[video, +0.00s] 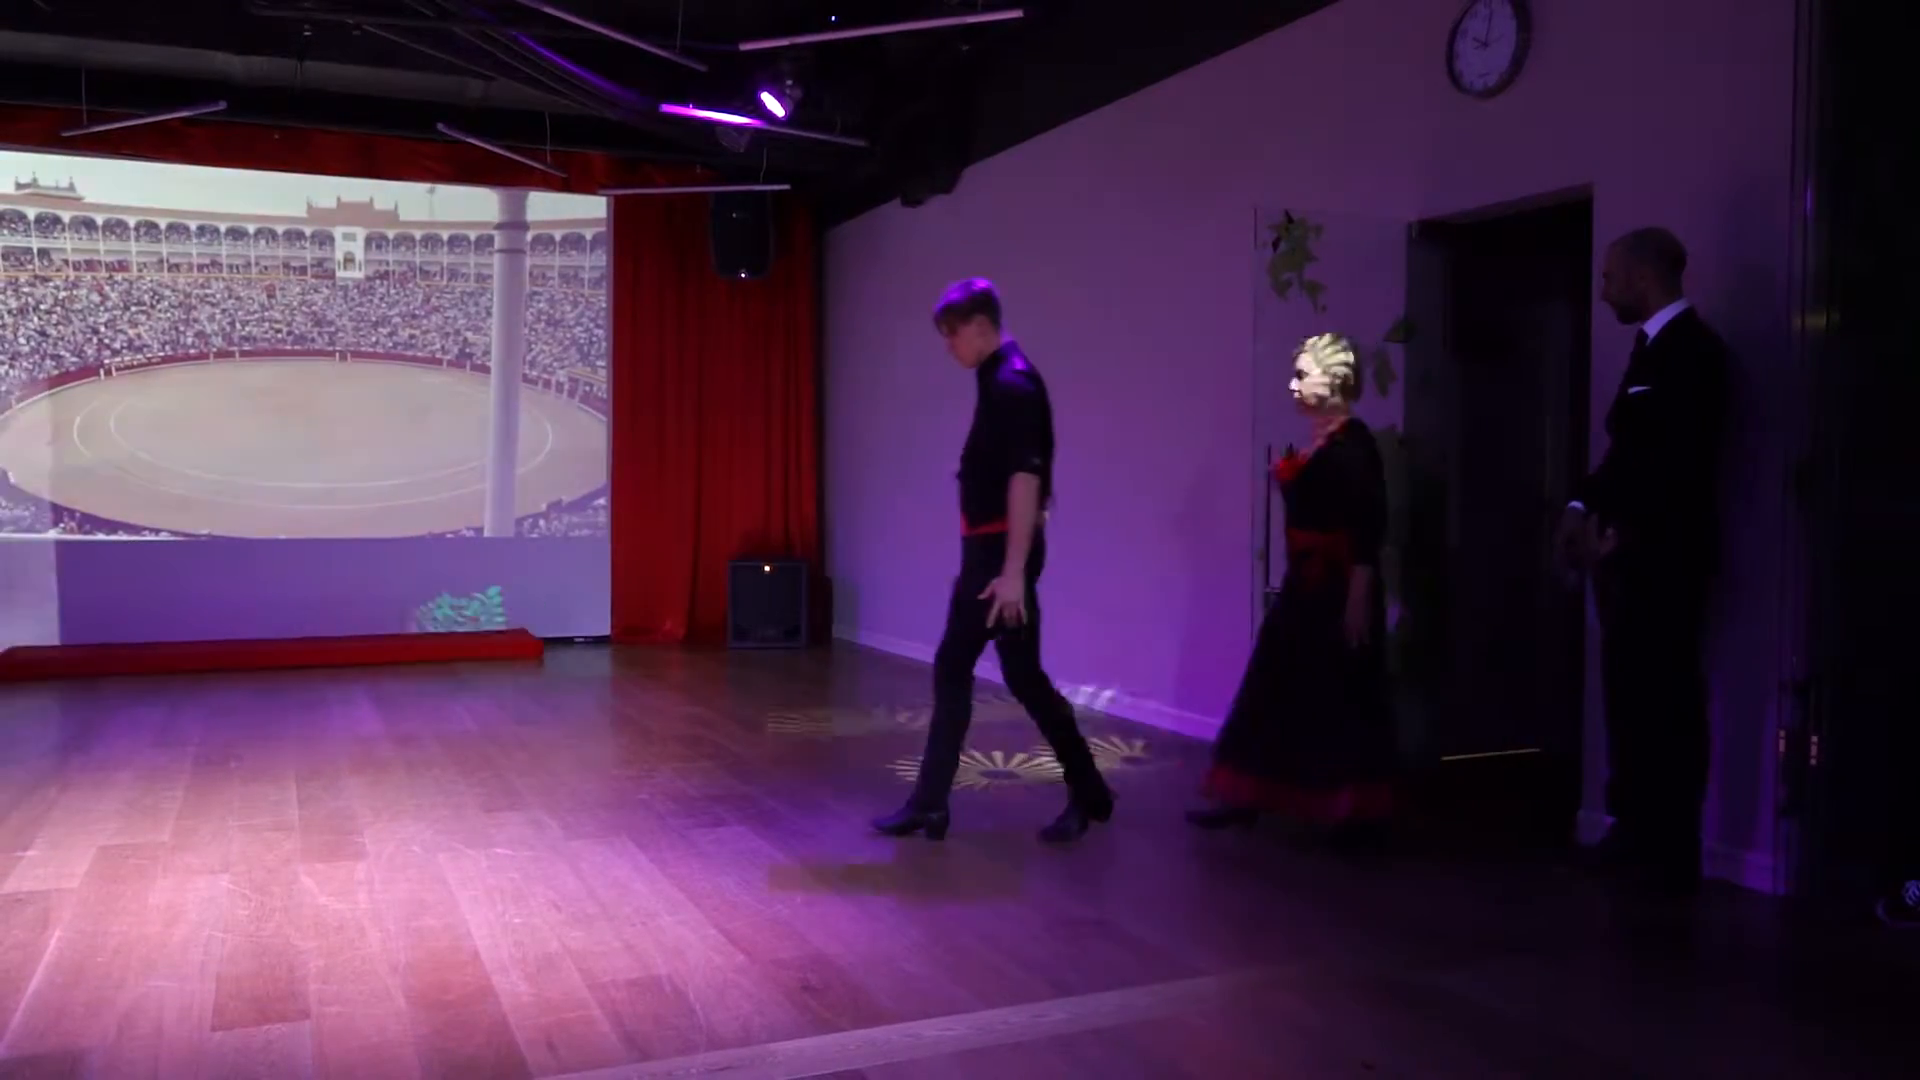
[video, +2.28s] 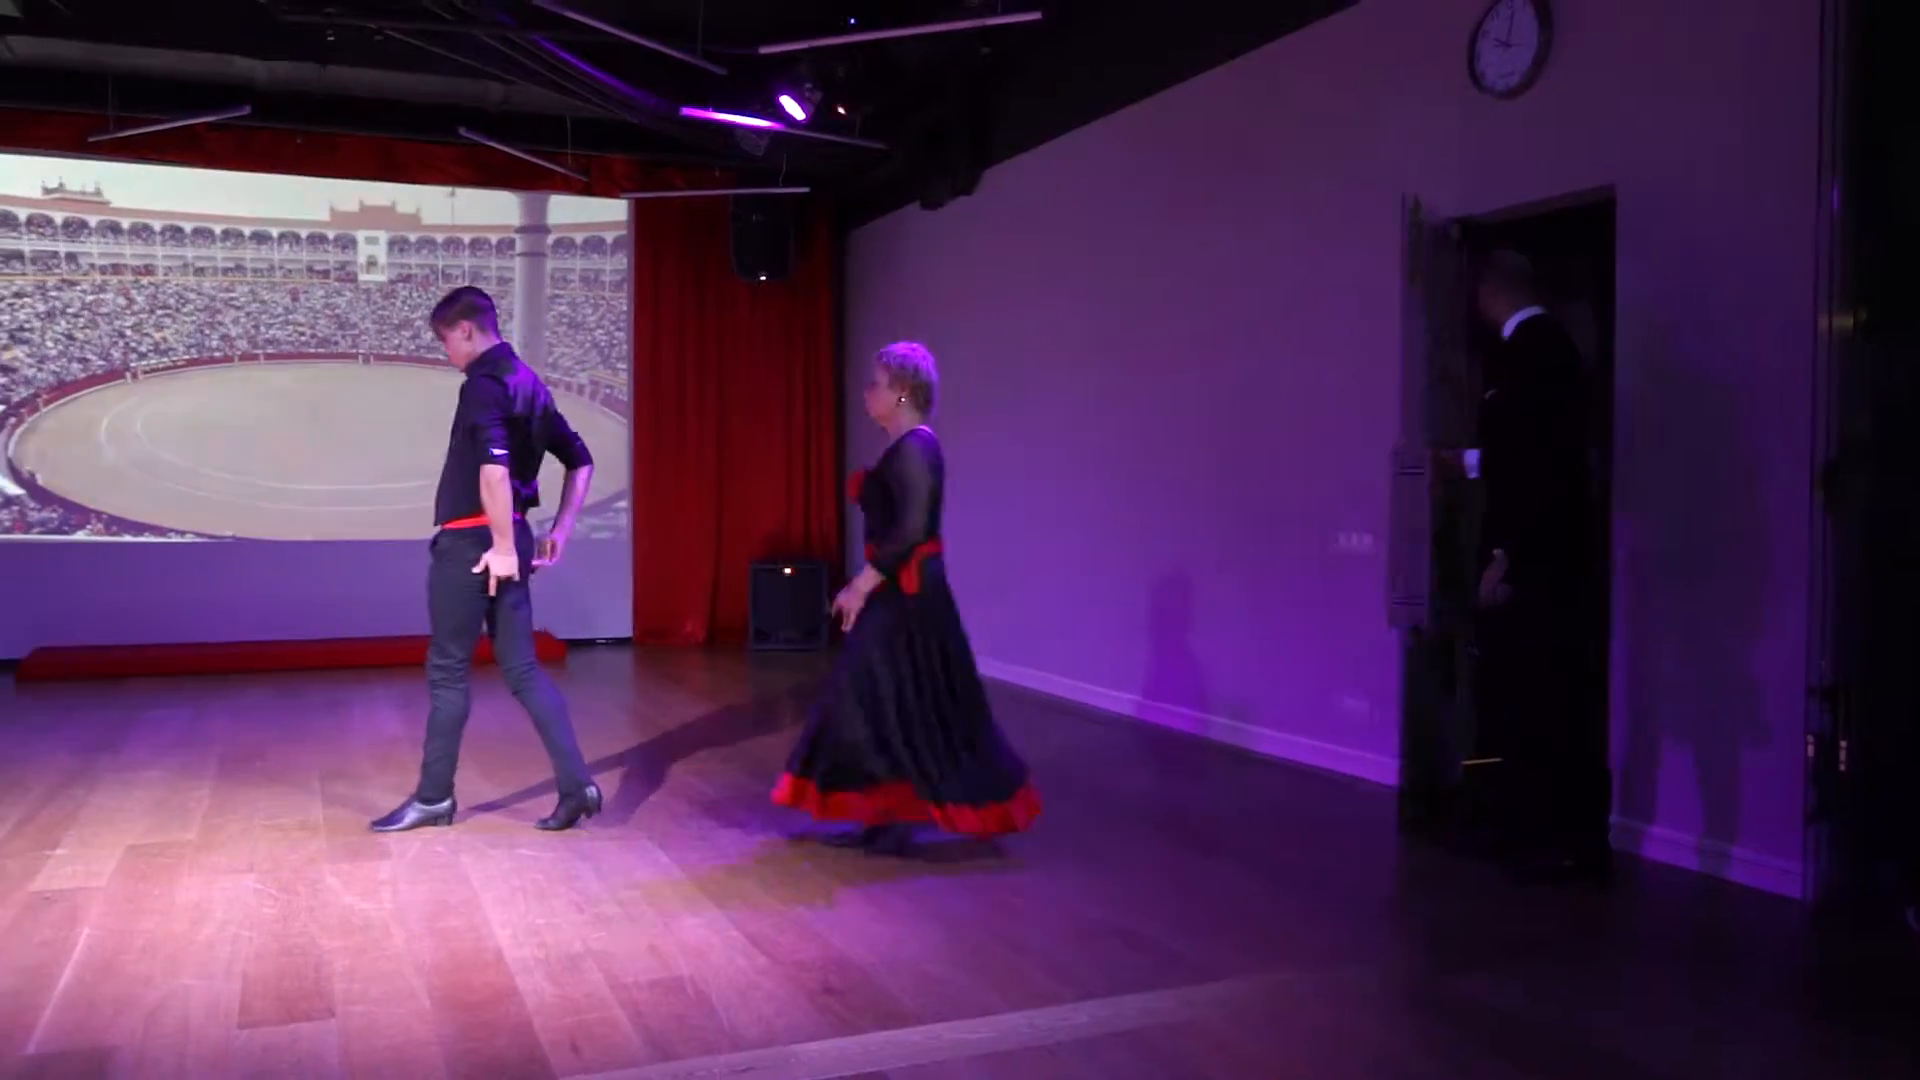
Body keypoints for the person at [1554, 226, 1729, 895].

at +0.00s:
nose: (1604, 287)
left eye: (1612, 275)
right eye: (1606, 275)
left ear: (1644, 278)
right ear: (1653, 276)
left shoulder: (1687, 353)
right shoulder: (1651, 349)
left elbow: (1664, 464)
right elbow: (1625, 451)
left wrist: (1615, 525)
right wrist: (1587, 508)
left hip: (1670, 556)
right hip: (1639, 554)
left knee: (1663, 698)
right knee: (1636, 697)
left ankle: (1665, 848)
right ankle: (1636, 839)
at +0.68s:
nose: (1534, 301)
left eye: (1541, 288)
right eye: (1535, 289)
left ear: (1570, 288)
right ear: (1584, 287)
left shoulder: (1598, 361)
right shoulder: (1601, 356)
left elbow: (1585, 470)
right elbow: (1584, 469)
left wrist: (1547, 525)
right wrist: (1546, 525)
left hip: (1595, 552)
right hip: (1590, 549)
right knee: (1634, 695)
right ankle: (1675, 847)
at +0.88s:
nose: (1483, 304)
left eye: (1490, 292)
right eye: (1484, 292)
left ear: (1520, 292)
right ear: (1526, 293)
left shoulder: (1562, 356)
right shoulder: (1537, 356)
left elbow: (1560, 466)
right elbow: (1545, 464)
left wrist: (1525, 539)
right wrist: (1518, 535)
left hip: (1567, 547)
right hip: (1553, 545)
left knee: (1598, 690)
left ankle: (1656, 842)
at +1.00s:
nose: (1460, 308)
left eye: (1465, 294)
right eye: (1460, 295)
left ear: (1492, 292)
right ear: (1497, 291)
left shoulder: (1547, 352)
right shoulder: (1498, 358)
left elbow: (1552, 459)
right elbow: (1445, 424)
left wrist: (1523, 537)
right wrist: (1356, 442)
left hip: (1556, 545)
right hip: (1516, 544)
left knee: (1580, 689)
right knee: (1503, 683)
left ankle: (1620, 838)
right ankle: (1504, 822)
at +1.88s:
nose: (1433, 305)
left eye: (1439, 290)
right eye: (1433, 292)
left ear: (1464, 288)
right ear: (1468, 286)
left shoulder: (1511, 351)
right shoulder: (1479, 352)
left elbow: (1513, 455)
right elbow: (1459, 451)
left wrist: (1511, 539)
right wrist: (1369, 456)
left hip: (1518, 558)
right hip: (1493, 555)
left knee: (1510, 695)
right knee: (1494, 693)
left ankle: (1521, 835)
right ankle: (1499, 828)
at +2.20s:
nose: (1459, 308)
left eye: (1460, 296)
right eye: (1460, 296)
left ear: (1473, 294)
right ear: (1506, 290)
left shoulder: (1511, 356)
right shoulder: (1527, 349)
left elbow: (1507, 463)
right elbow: (1508, 460)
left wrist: (1494, 548)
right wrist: (1444, 465)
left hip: (1521, 554)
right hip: (1530, 546)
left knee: (1511, 693)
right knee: (1521, 691)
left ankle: (1518, 830)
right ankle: (1524, 827)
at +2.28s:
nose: (1481, 310)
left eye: (1483, 299)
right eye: (1483, 298)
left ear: (1494, 299)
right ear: (1532, 290)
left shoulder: (1525, 357)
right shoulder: (1560, 349)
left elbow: (1523, 468)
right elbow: (1534, 463)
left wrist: (1502, 552)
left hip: (1540, 552)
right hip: (1567, 545)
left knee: (1535, 693)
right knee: (1562, 692)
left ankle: (1542, 833)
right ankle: (1570, 833)